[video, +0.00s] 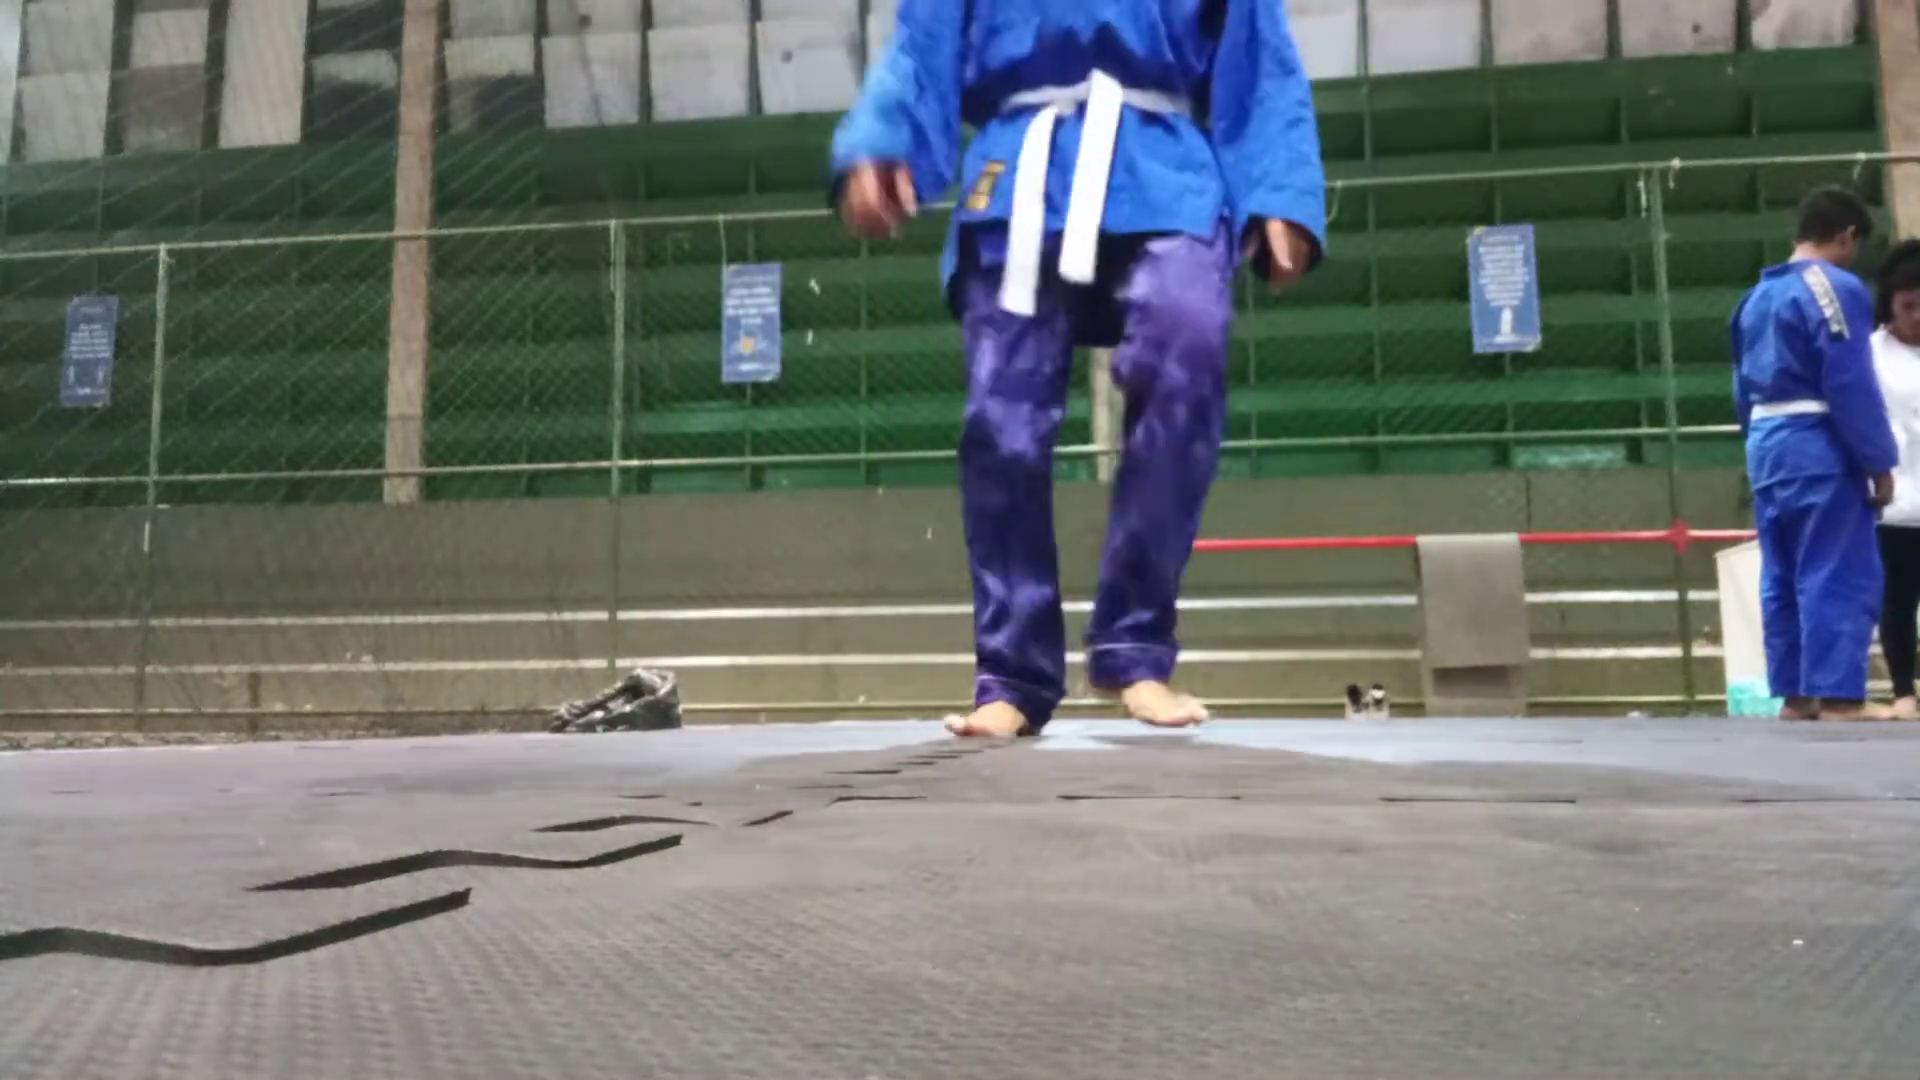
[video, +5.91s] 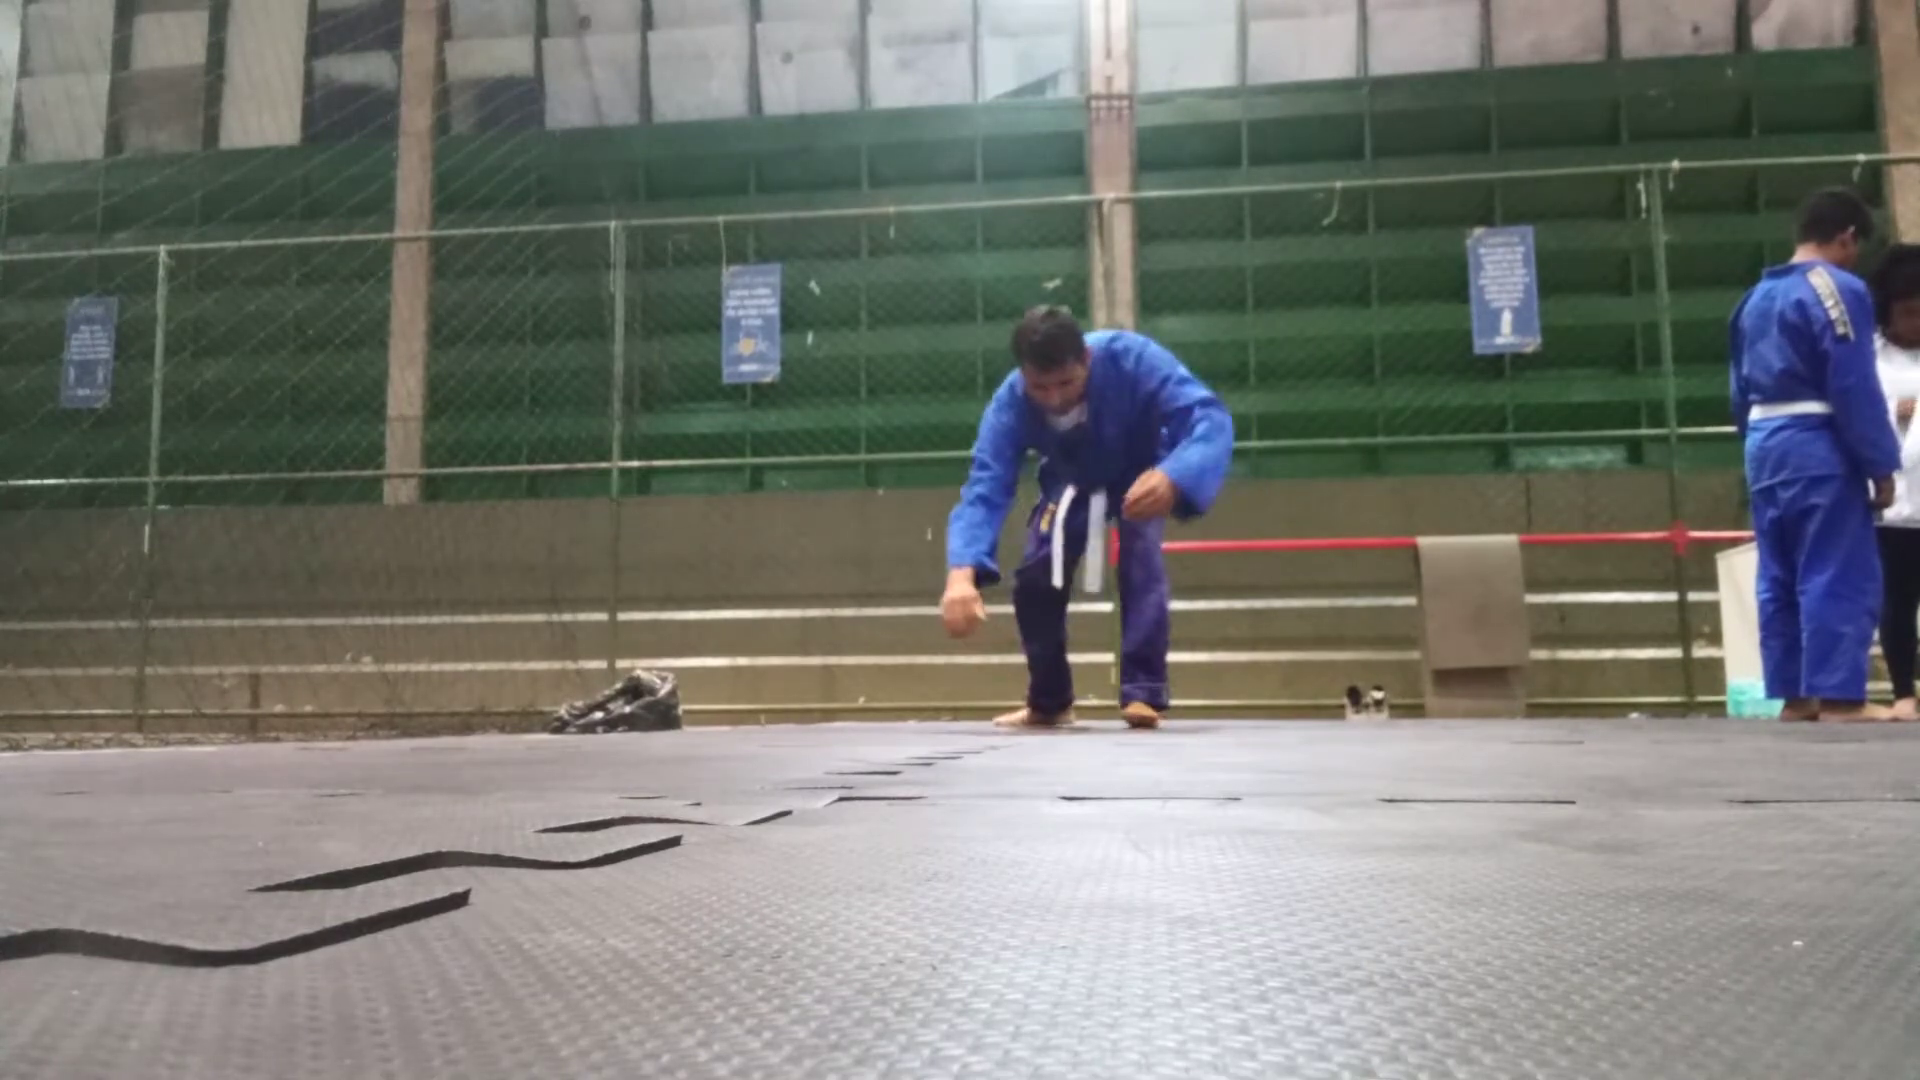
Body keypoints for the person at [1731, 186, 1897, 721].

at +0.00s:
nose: (1855, 252)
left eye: (1857, 244)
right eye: (1856, 243)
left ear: (1801, 233)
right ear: (1845, 236)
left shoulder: (1757, 296)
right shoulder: (1833, 289)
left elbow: (1745, 390)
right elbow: (1850, 387)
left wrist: (1764, 443)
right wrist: (1881, 464)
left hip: (1764, 440)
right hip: (1815, 438)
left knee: (1784, 572)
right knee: (1840, 567)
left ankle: (1794, 696)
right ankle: (1838, 697)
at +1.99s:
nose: (1853, 253)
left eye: (1856, 244)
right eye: (1855, 242)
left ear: (1799, 231)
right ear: (1843, 235)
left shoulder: (1753, 295)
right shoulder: (1836, 289)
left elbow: (1739, 390)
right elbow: (1854, 386)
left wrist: (1758, 444)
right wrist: (1885, 464)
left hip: (1761, 441)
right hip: (1816, 439)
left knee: (1781, 574)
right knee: (1839, 570)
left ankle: (1793, 698)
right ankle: (1838, 699)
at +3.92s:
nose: (1861, 248)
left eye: (1864, 240)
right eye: (1862, 239)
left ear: (1805, 230)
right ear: (1849, 233)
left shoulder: (1760, 295)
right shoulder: (1848, 289)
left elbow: (1744, 391)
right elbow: (1868, 385)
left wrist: (1762, 445)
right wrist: (1897, 464)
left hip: (1769, 443)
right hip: (1827, 441)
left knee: (1785, 575)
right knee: (1842, 572)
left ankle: (1795, 697)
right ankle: (1839, 699)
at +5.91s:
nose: (1857, 256)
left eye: (1859, 247)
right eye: (1858, 245)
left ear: (1802, 234)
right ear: (1845, 237)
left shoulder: (1757, 296)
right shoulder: (1837, 290)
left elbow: (1742, 392)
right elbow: (1853, 388)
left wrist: (1762, 442)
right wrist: (1883, 466)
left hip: (1762, 440)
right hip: (1816, 438)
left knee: (1780, 573)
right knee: (1839, 569)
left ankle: (1793, 696)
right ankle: (1838, 697)